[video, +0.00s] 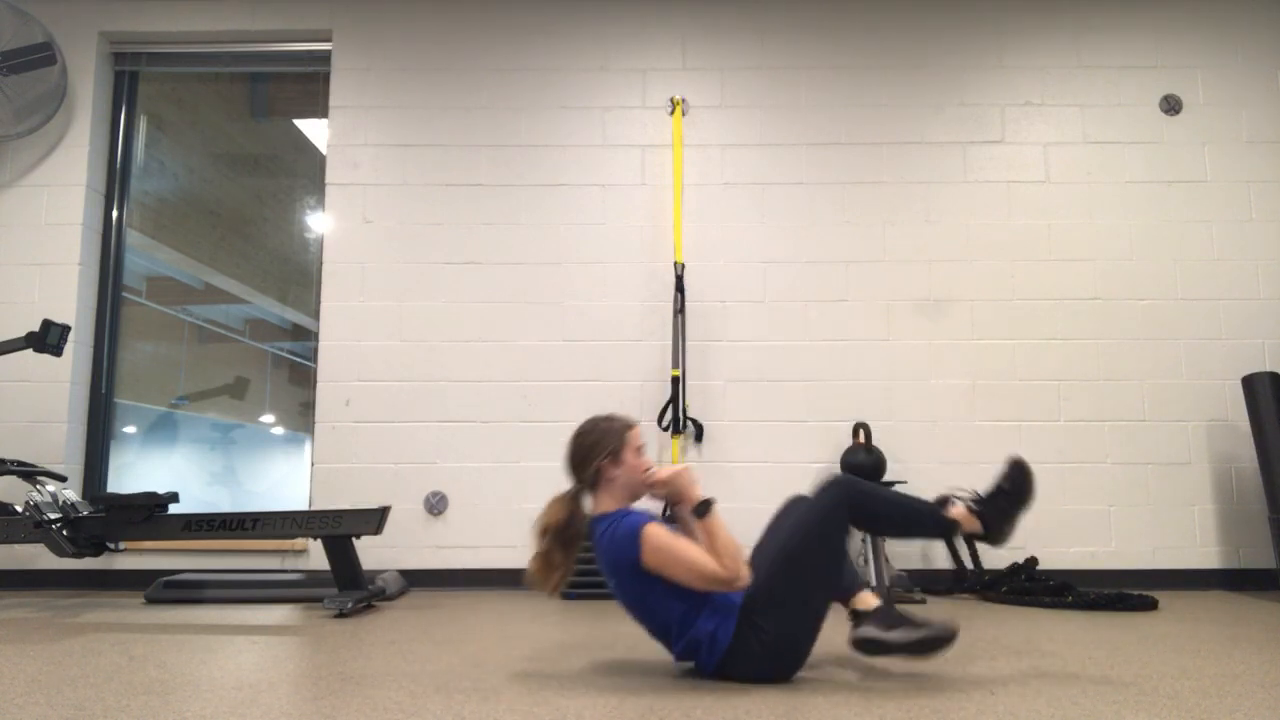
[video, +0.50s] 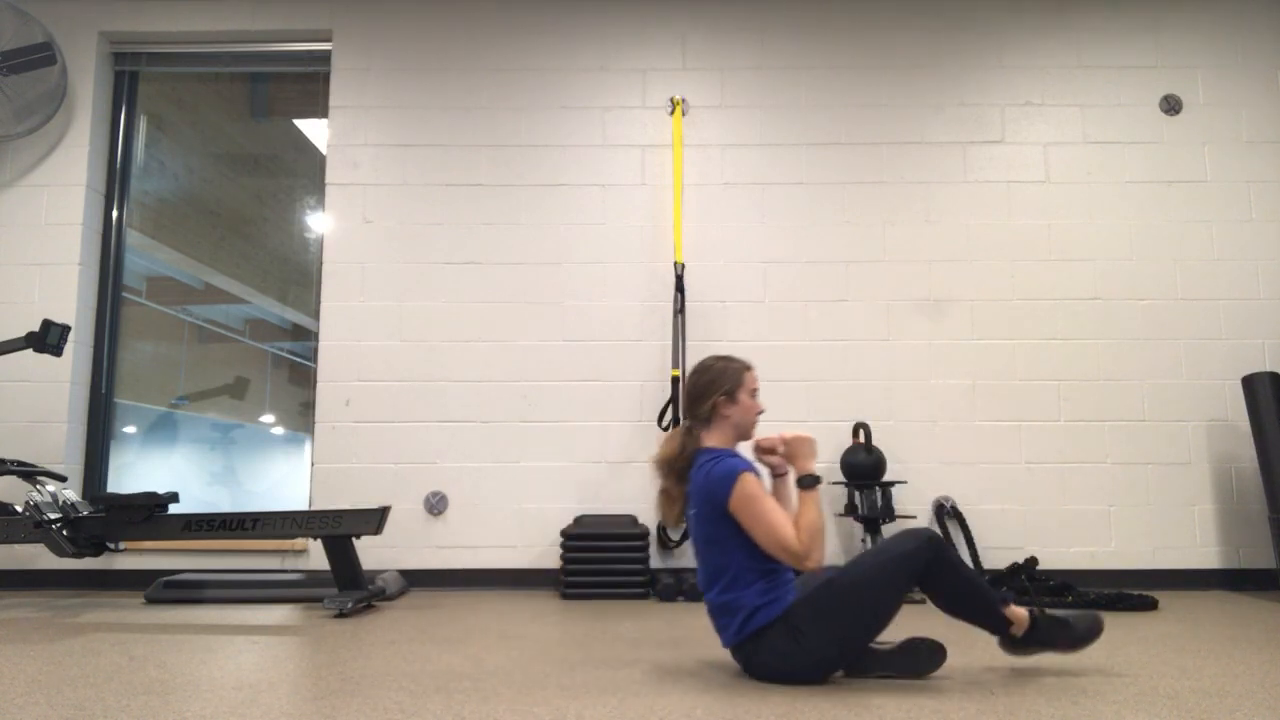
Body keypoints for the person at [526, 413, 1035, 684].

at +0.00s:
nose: (654, 457)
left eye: (647, 448)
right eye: (641, 451)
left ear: (613, 469)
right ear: (610, 470)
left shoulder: (620, 525)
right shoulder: (630, 531)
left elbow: (721, 573)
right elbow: (735, 574)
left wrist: (687, 507)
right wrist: (695, 503)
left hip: (740, 638)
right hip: (753, 649)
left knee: (805, 505)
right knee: (839, 495)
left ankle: (869, 613)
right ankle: (975, 517)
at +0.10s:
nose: (675, 441)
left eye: (670, 432)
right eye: (666, 432)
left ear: (634, 451)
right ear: (638, 448)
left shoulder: (641, 505)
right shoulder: (652, 513)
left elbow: (733, 566)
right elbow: (750, 570)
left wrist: (705, 497)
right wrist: (724, 493)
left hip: (741, 634)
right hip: (758, 648)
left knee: (817, 520)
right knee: (869, 508)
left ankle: (864, 623)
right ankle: (994, 540)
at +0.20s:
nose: (699, 432)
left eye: (695, 423)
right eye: (690, 423)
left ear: (659, 434)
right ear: (662, 433)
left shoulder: (659, 492)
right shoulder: (671, 500)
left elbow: (739, 559)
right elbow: (764, 567)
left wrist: (722, 493)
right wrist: (748, 487)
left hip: (748, 636)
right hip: (762, 648)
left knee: (811, 541)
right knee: (886, 521)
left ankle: (868, 625)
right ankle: (998, 564)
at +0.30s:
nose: (719, 421)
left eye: (716, 411)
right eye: (712, 411)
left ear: (675, 422)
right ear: (685, 420)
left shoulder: (675, 480)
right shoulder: (690, 487)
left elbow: (755, 556)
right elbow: (778, 561)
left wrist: (742, 487)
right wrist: (769, 479)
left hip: (751, 636)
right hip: (767, 646)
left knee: (828, 552)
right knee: (901, 529)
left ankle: (863, 635)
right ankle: (1011, 588)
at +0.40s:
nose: (741, 413)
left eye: (737, 402)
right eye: (733, 402)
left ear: (698, 412)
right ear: (705, 411)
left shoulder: (695, 471)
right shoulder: (707, 478)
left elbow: (770, 551)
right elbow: (791, 556)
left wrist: (759, 481)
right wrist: (789, 475)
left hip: (760, 635)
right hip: (771, 644)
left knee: (848, 560)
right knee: (910, 537)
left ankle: (854, 646)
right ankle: (1015, 608)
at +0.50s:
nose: (761, 404)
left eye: (758, 393)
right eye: (753, 395)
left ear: (720, 403)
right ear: (723, 404)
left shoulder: (718, 466)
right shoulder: (723, 470)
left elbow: (791, 553)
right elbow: (805, 554)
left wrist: (780, 477)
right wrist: (806, 471)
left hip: (772, 632)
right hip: (778, 641)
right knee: (921, 545)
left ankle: (861, 654)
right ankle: (1017, 624)